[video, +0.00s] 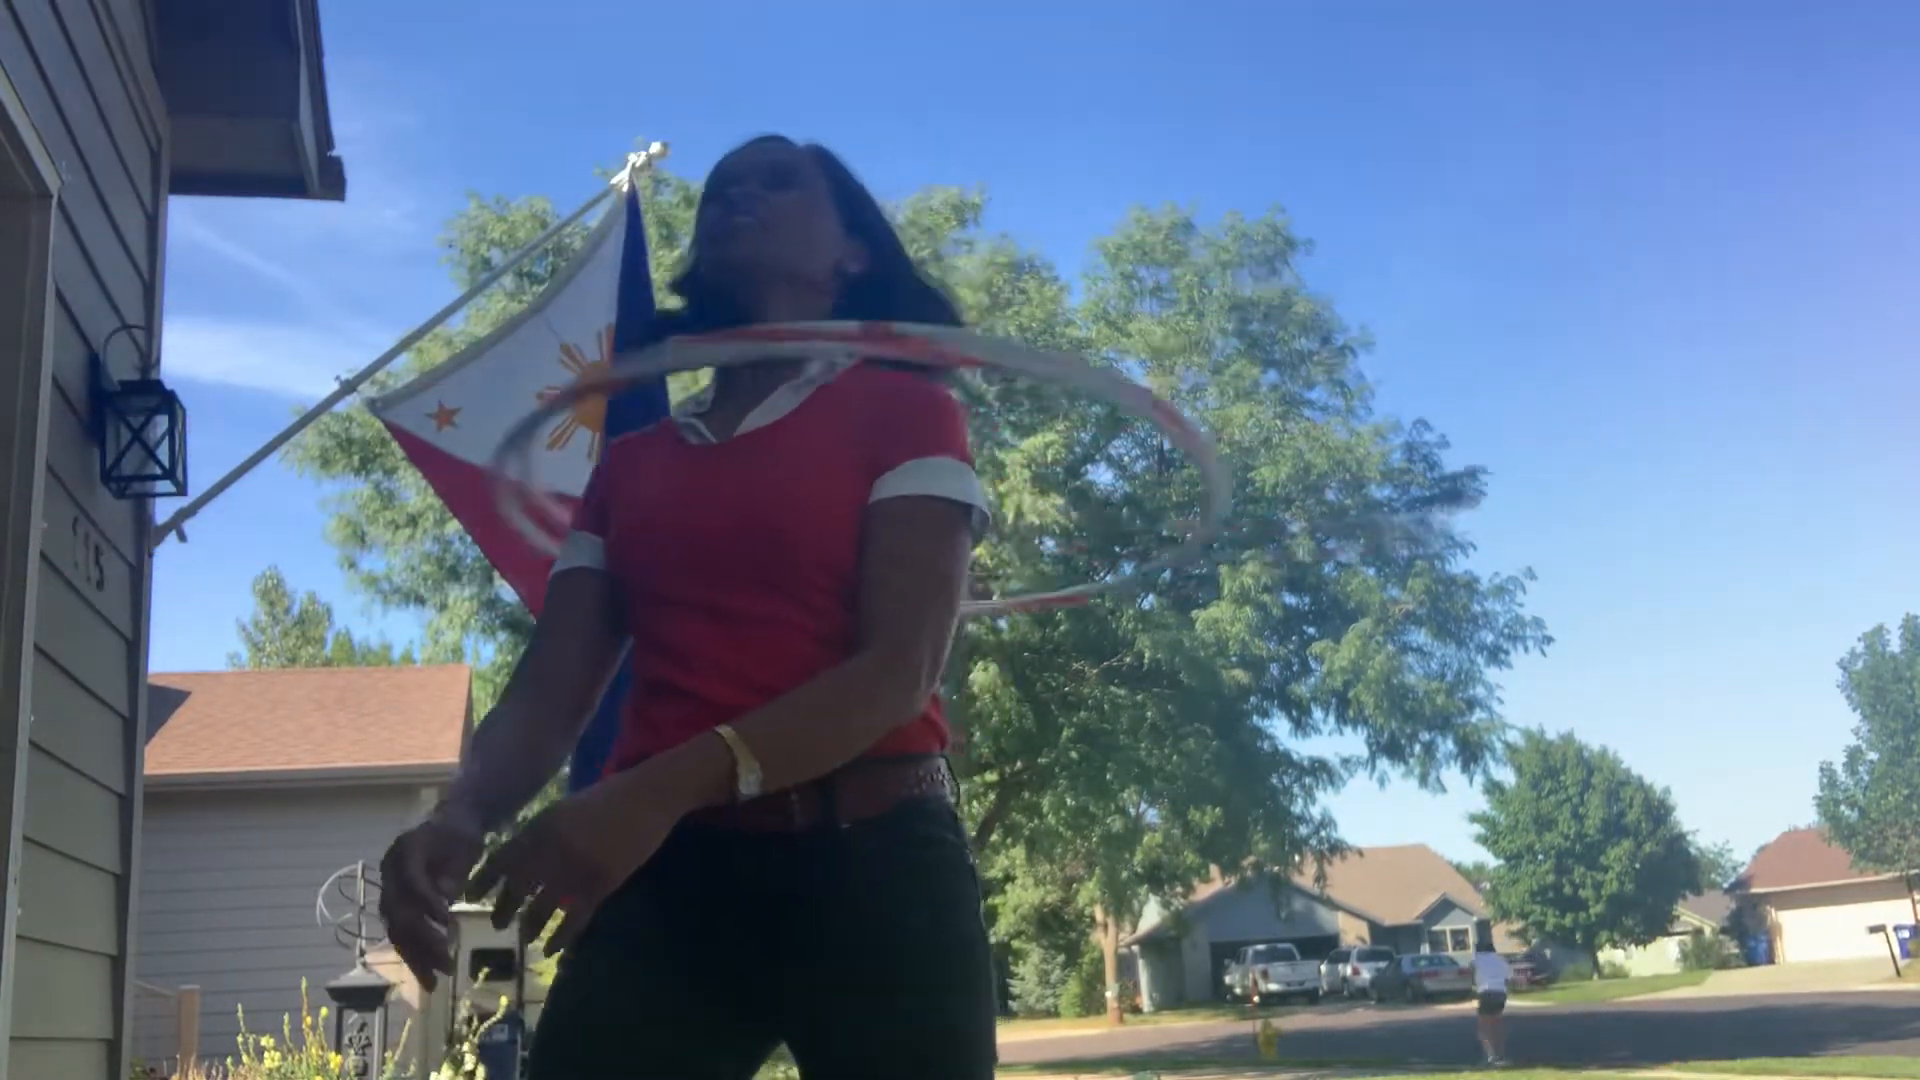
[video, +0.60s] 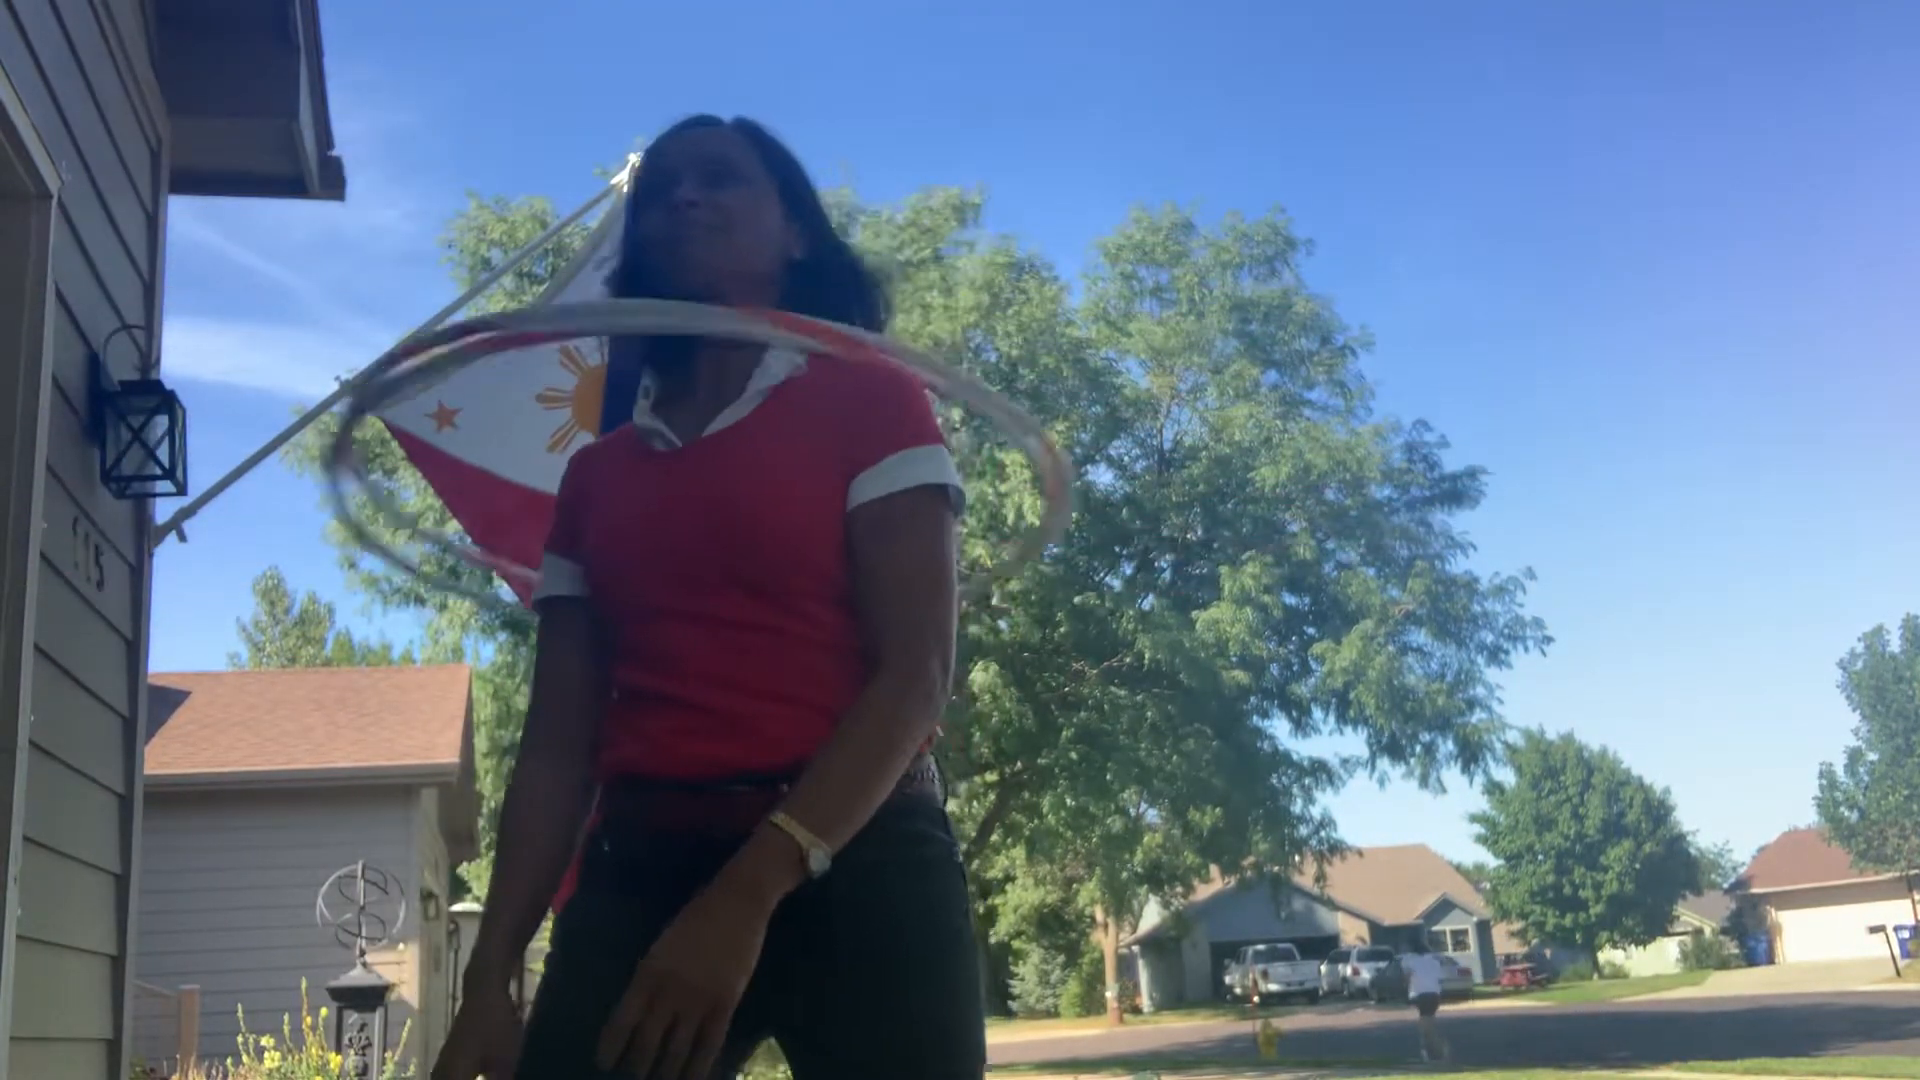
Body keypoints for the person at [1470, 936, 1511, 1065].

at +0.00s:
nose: (1478, 952)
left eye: (1477, 950)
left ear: (1479, 949)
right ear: (1492, 948)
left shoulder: (1477, 959)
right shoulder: (1499, 959)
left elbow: (1471, 973)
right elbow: (1509, 974)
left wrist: (1474, 984)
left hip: (1485, 991)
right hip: (1500, 991)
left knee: (1483, 1026)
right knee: (1497, 1023)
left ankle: (1491, 1055)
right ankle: (1501, 1055)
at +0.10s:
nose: (1465, 953)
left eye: (1465, 950)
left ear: (1466, 950)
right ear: (1480, 948)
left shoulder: (1465, 959)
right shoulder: (1486, 959)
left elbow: (1458, 974)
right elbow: (1498, 977)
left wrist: (1462, 982)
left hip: (1476, 992)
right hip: (1490, 992)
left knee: (1474, 1024)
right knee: (1485, 1024)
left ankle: (1470, 1055)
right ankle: (1489, 1055)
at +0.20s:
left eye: (1454, 951)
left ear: (1454, 951)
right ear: (1468, 950)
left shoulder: (1453, 962)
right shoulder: (1477, 962)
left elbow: (1449, 979)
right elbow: (1488, 978)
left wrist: (1450, 986)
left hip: (1464, 996)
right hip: (1480, 995)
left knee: (1462, 1026)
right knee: (1475, 1026)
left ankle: (1463, 1055)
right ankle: (1479, 1055)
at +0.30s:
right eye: (1456, 949)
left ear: (1443, 952)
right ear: (1456, 951)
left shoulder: (1442, 963)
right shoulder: (1463, 962)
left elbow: (1438, 979)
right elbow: (1472, 978)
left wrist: (1438, 985)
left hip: (1454, 998)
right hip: (1469, 997)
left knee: (1455, 1028)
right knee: (1464, 1026)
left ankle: (1458, 1057)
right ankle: (1467, 1054)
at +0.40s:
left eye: (1434, 951)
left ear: (1434, 951)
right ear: (1447, 950)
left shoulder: (1433, 964)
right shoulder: (1455, 963)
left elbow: (1426, 980)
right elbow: (1464, 977)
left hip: (1442, 996)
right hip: (1457, 995)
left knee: (1450, 1026)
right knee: (1447, 1025)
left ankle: (1458, 1056)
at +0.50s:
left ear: (1424, 951)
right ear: (1436, 949)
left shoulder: (1422, 961)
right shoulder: (1444, 960)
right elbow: (1454, 975)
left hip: (1429, 994)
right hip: (1445, 993)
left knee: (1440, 1024)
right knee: (1435, 1023)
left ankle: (1453, 1056)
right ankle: (1436, 1055)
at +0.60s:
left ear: (1412, 948)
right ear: (1424, 947)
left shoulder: (1408, 959)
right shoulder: (1433, 959)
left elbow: (1407, 974)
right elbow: (1439, 976)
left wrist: (1406, 986)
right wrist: (1437, 985)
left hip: (1417, 992)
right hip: (1433, 991)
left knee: (1426, 1021)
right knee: (1428, 1021)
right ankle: (1425, 1049)